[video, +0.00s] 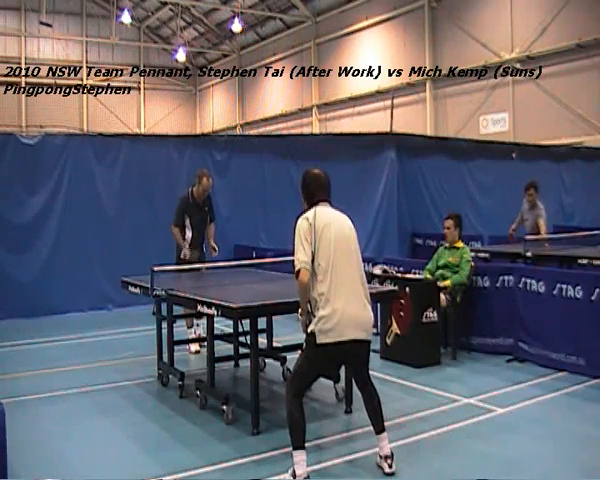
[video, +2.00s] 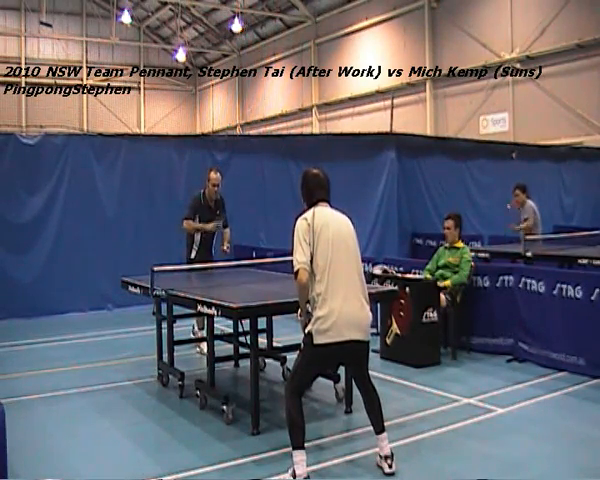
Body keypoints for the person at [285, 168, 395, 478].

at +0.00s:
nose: (301, 196)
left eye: (302, 192)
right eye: (305, 191)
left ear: (305, 194)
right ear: (329, 192)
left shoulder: (306, 221)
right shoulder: (346, 221)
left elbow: (303, 275)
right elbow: (355, 269)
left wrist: (303, 307)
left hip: (329, 327)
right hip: (362, 324)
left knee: (294, 391)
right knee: (363, 379)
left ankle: (299, 466)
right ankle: (386, 451)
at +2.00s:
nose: (302, 196)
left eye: (302, 191)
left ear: (304, 193)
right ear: (328, 192)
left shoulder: (305, 222)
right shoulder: (345, 221)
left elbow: (302, 274)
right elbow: (355, 270)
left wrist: (302, 307)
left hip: (327, 327)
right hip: (359, 324)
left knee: (293, 390)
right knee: (363, 379)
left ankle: (299, 465)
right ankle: (385, 451)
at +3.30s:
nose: (331, 189)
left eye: (331, 184)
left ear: (332, 188)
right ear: (356, 186)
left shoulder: (334, 219)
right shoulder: (371, 216)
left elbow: (315, 270)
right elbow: (384, 267)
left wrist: (301, 304)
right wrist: (384, 300)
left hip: (359, 322)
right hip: (387, 317)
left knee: (330, 390)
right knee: (382, 373)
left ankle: (328, 465)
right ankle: (396, 437)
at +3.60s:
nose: (374, 166)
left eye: (370, 161)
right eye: (385, 161)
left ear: (368, 163)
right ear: (391, 164)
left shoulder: (362, 189)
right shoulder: (404, 196)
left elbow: (348, 237)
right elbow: (418, 250)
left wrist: (348, 282)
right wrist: (405, 279)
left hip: (370, 290)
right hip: (399, 291)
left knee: (355, 362)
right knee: (391, 360)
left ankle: (361, 432)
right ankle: (396, 433)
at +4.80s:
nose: (340, 154)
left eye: (340, 149)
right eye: (345, 147)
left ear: (345, 150)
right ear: (369, 150)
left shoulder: (343, 182)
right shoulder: (385, 189)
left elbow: (336, 233)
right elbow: (396, 245)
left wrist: (340, 273)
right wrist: (377, 269)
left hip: (354, 297)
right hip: (385, 298)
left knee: (325, 365)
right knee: (382, 370)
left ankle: (319, 445)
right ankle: (387, 444)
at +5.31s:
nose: (294, 174)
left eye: (294, 168)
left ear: (295, 171)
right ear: (321, 171)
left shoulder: (295, 200)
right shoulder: (338, 204)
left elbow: (288, 248)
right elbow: (348, 258)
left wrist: (298, 292)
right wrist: (341, 291)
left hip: (315, 318)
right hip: (348, 316)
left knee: (290, 389)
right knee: (359, 379)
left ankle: (297, 468)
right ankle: (380, 450)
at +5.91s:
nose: (302, 200)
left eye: (302, 196)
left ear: (303, 198)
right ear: (329, 197)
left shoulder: (305, 226)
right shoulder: (344, 226)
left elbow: (301, 279)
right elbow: (352, 275)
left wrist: (302, 317)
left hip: (327, 333)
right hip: (359, 330)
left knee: (289, 391)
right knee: (361, 379)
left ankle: (296, 468)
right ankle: (381, 450)